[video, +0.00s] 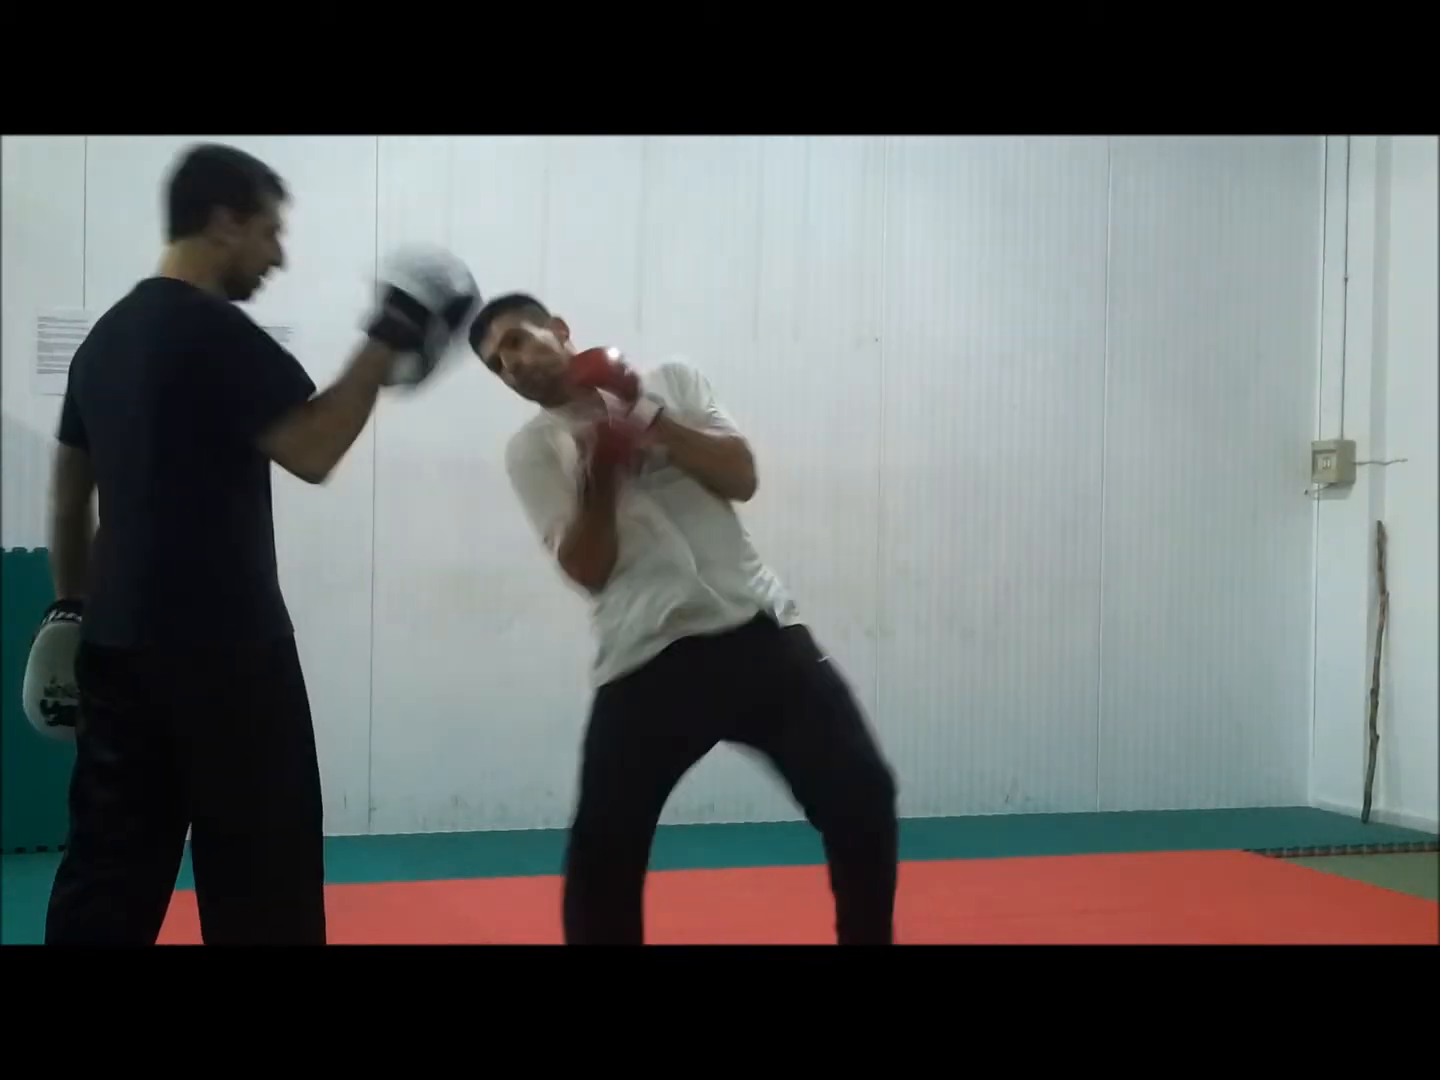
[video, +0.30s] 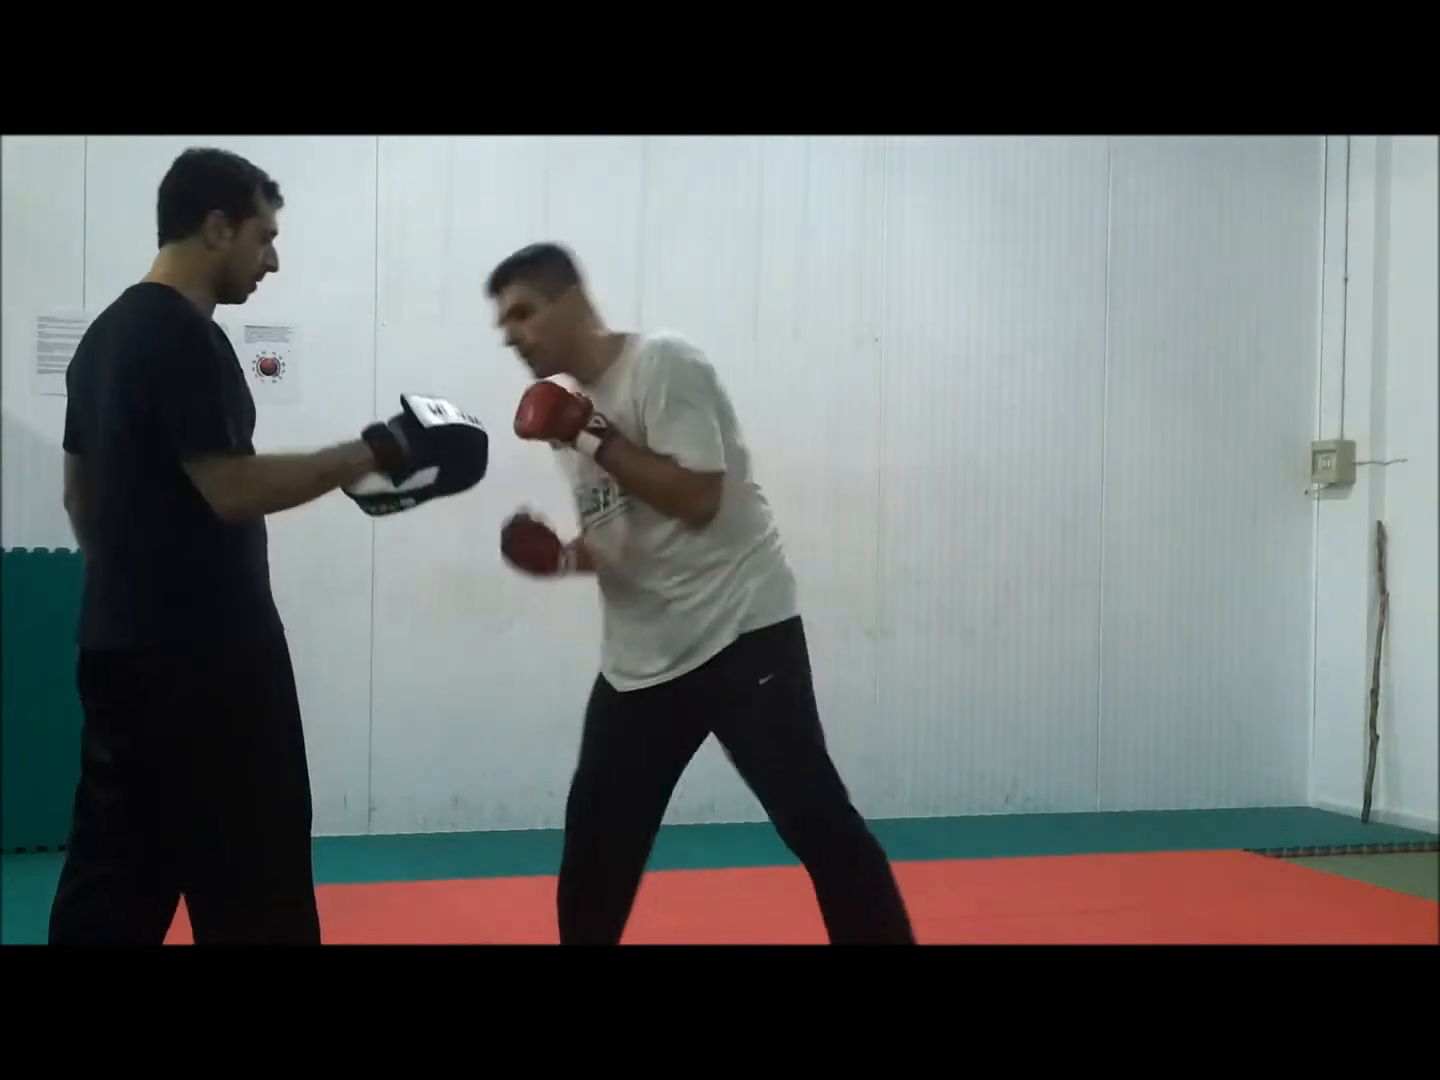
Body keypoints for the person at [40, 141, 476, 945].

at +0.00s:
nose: (279, 254)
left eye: (279, 233)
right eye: (271, 230)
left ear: (205, 224)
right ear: (222, 221)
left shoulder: (108, 335)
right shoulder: (221, 333)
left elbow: (70, 495)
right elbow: (314, 449)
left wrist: (71, 613)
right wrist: (385, 341)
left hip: (120, 651)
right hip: (229, 655)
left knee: (107, 877)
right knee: (267, 883)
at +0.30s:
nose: (271, 261)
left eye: (273, 241)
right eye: (266, 237)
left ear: (189, 227)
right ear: (216, 225)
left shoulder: (105, 334)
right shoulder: (183, 333)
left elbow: (84, 498)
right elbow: (231, 489)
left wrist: (145, 583)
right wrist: (363, 457)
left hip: (122, 644)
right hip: (212, 646)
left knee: (114, 868)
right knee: (256, 869)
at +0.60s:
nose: (300, 269)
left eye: (302, 249)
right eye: (295, 246)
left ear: (233, 235)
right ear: (250, 234)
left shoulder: (111, 335)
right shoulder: (219, 349)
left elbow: (76, 486)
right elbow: (258, 506)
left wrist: (113, 589)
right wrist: (397, 491)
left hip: (119, 645)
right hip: (223, 651)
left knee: (109, 874)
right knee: (264, 882)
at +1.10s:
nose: (307, 271)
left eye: (311, 251)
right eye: (306, 247)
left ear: (217, 232)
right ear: (261, 232)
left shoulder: (107, 339)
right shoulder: (245, 353)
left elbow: (65, 489)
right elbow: (283, 508)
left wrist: (65, 607)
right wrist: (418, 491)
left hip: (122, 657)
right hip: (238, 663)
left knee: (107, 880)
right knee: (267, 887)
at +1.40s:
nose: (305, 270)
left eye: (309, 251)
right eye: (303, 246)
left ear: (215, 230)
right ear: (259, 230)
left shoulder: (107, 339)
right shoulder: (244, 351)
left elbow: (68, 489)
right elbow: (282, 505)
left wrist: (82, 603)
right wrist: (414, 489)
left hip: (123, 661)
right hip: (239, 664)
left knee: (107, 881)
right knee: (268, 888)